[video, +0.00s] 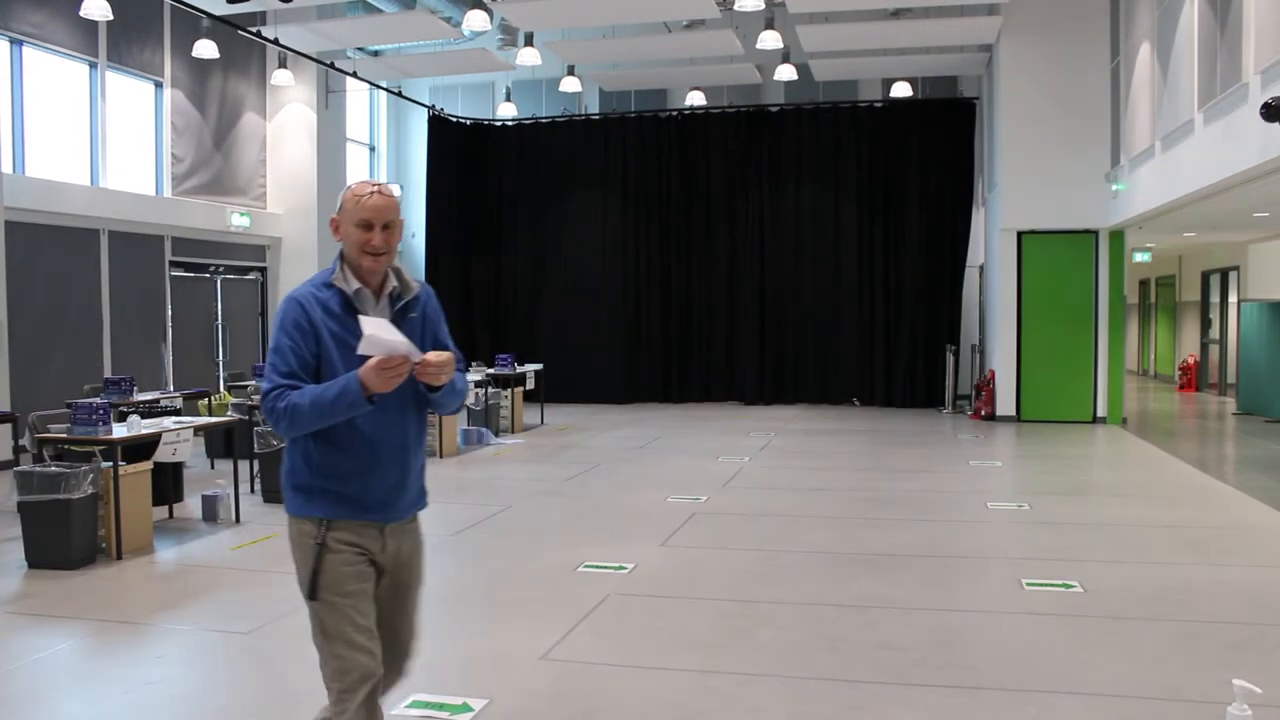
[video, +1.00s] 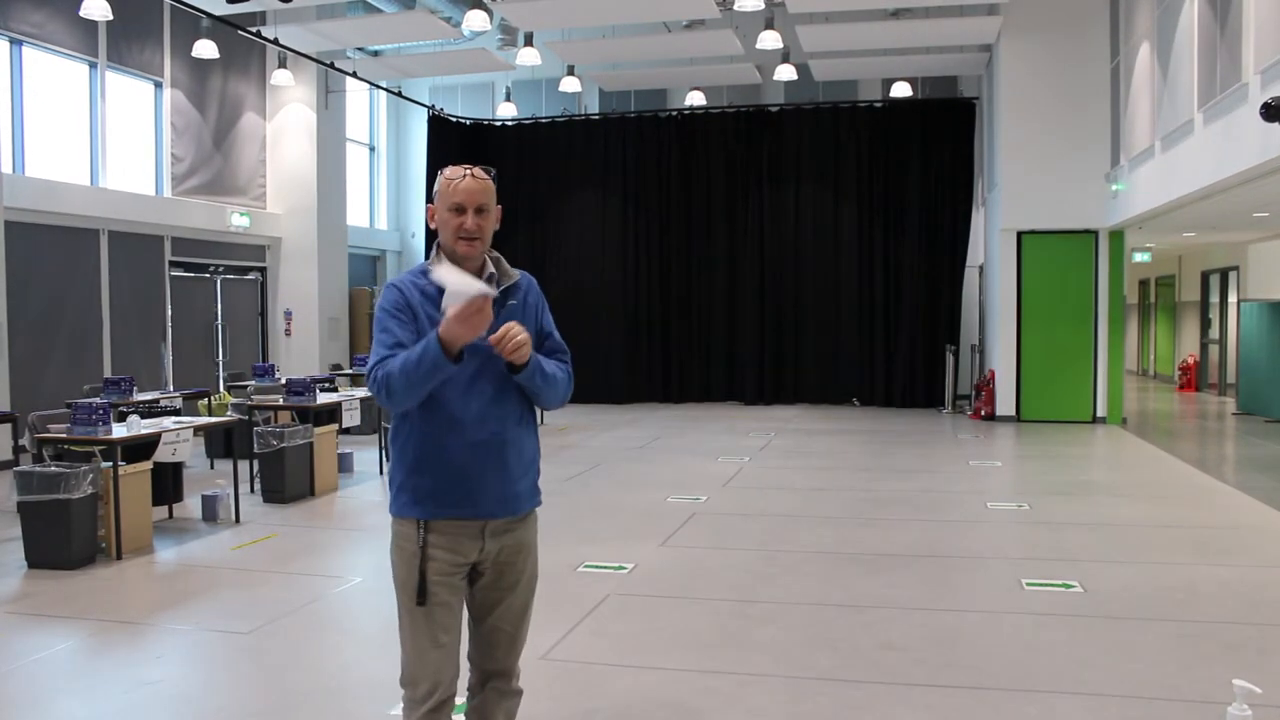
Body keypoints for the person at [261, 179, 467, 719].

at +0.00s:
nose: (379, 240)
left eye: (390, 227)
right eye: (365, 227)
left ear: (401, 231)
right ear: (336, 229)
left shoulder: (419, 301)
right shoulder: (305, 307)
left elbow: (453, 398)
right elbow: (279, 411)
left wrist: (446, 380)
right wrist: (360, 384)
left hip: (400, 518)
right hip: (329, 521)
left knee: (391, 662)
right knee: (356, 679)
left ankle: (336, 714)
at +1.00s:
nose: (470, 223)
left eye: (482, 211)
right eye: (457, 211)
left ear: (496, 218)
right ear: (432, 218)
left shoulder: (522, 290)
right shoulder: (404, 293)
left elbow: (558, 389)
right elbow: (388, 390)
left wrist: (527, 360)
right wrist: (445, 341)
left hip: (511, 514)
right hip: (428, 517)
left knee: (499, 681)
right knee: (429, 688)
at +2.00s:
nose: (482, 226)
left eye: (491, 216)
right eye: (469, 214)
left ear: (499, 223)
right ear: (436, 218)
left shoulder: (517, 293)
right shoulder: (407, 297)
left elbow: (553, 385)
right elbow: (417, 399)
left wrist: (558, 337)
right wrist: (490, 343)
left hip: (512, 513)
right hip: (436, 517)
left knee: (501, 680)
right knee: (446, 680)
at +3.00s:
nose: (414, 229)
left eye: (414, 215)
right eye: (406, 213)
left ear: (363, 209)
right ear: (363, 206)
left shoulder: (354, 288)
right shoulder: (339, 297)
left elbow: (410, 378)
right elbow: (396, 418)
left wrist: (492, 350)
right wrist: (489, 366)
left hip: (355, 529)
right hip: (344, 534)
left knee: (356, 692)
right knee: (368, 700)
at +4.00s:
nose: (333, 214)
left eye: (331, 202)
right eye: (331, 203)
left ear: (265, 211)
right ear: (316, 208)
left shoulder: (227, 286)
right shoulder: (321, 295)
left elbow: (282, 380)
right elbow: (374, 407)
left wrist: (368, 349)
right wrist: (398, 352)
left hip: (234, 523)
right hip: (309, 532)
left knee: (268, 692)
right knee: (341, 694)